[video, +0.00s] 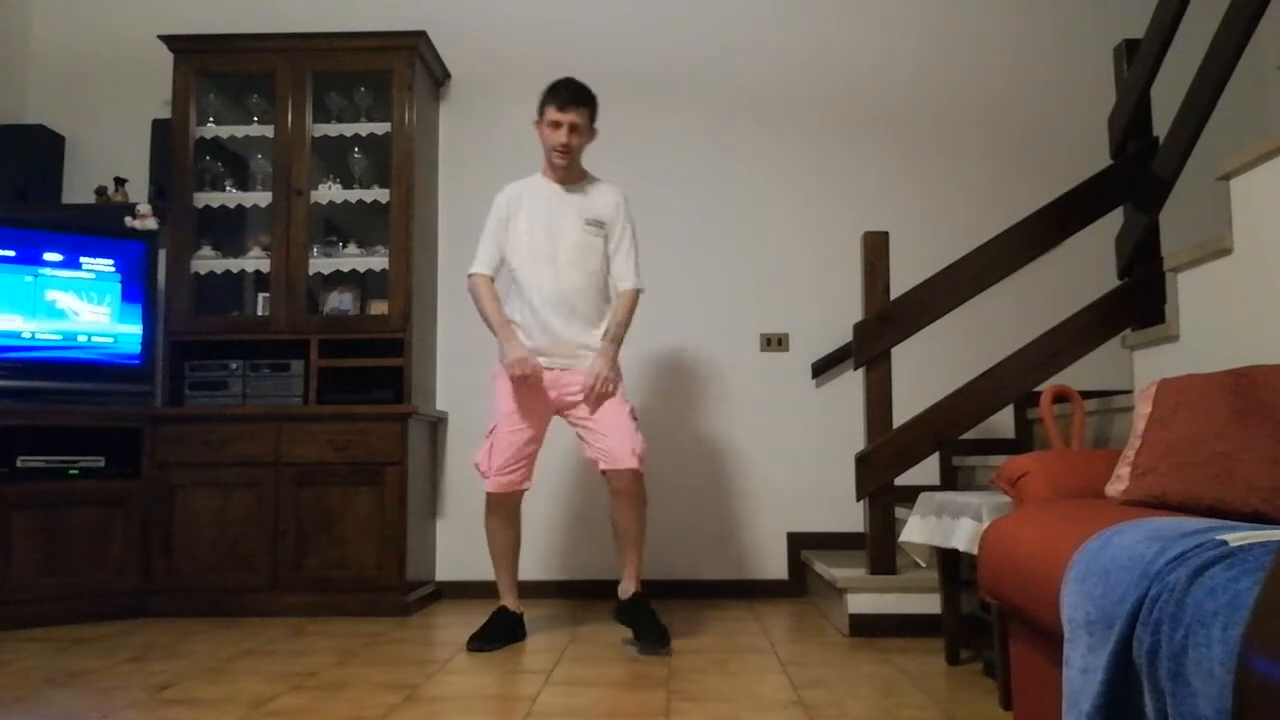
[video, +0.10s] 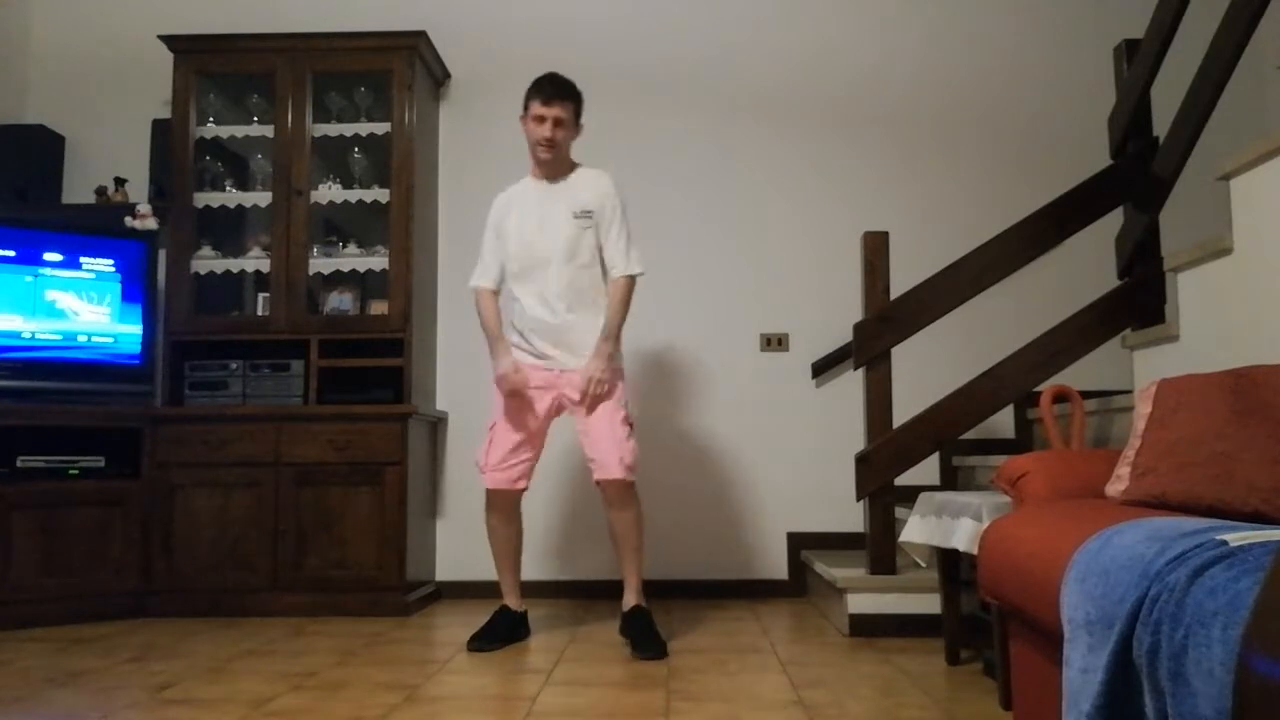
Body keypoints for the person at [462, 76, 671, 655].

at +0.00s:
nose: (562, 137)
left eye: (574, 128)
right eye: (554, 126)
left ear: (589, 134)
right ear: (538, 127)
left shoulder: (608, 200)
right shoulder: (512, 198)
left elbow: (628, 287)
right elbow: (480, 277)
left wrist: (609, 350)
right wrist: (508, 339)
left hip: (591, 368)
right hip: (524, 368)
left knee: (627, 469)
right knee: (501, 485)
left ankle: (632, 597)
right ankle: (508, 609)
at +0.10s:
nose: (545, 130)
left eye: (558, 121)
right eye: (537, 119)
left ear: (576, 129)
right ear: (523, 123)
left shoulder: (598, 189)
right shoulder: (506, 203)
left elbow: (622, 274)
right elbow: (484, 288)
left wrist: (605, 351)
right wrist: (501, 355)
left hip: (592, 362)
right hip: (524, 364)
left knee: (616, 476)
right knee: (499, 484)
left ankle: (635, 605)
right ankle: (510, 608)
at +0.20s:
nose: (536, 140)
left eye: (547, 130)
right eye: (526, 129)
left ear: (565, 136)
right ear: (511, 133)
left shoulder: (587, 190)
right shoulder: (506, 214)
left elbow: (618, 273)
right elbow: (494, 300)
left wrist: (600, 354)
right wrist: (501, 365)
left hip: (594, 366)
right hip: (526, 369)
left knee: (620, 478)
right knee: (503, 484)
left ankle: (637, 606)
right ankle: (511, 609)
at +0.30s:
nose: (530, 144)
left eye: (541, 132)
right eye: (520, 133)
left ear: (562, 135)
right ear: (508, 136)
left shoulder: (588, 187)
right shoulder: (506, 213)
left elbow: (614, 273)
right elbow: (500, 300)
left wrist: (597, 350)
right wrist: (505, 367)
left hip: (599, 361)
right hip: (533, 367)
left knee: (631, 471)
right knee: (505, 481)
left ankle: (640, 598)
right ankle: (512, 609)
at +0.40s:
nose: (539, 155)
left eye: (551, 143)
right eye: (530, 143)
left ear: (571, 142)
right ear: (518, 145)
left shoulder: (598, 195)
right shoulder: (517, 223)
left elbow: (624, 281)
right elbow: (502, 309)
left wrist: (598, 357)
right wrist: (507, 376)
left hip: (601, 370)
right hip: (535, 372)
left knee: (630, 485)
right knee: (502, 485)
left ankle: (641, 605)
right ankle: (512, 610)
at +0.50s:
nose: (558, 153)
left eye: (568, 142)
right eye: (548, 144)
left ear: (587, 140)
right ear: (535, 145)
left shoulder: (613, 195)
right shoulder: (531, 219)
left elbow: (637, 276)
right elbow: (503, 302)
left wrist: (603, 344)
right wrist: (503, 370)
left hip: (604, 368)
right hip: (537, 367)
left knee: (625, 489)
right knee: (498, 481)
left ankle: (637, 607)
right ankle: (509, 603)